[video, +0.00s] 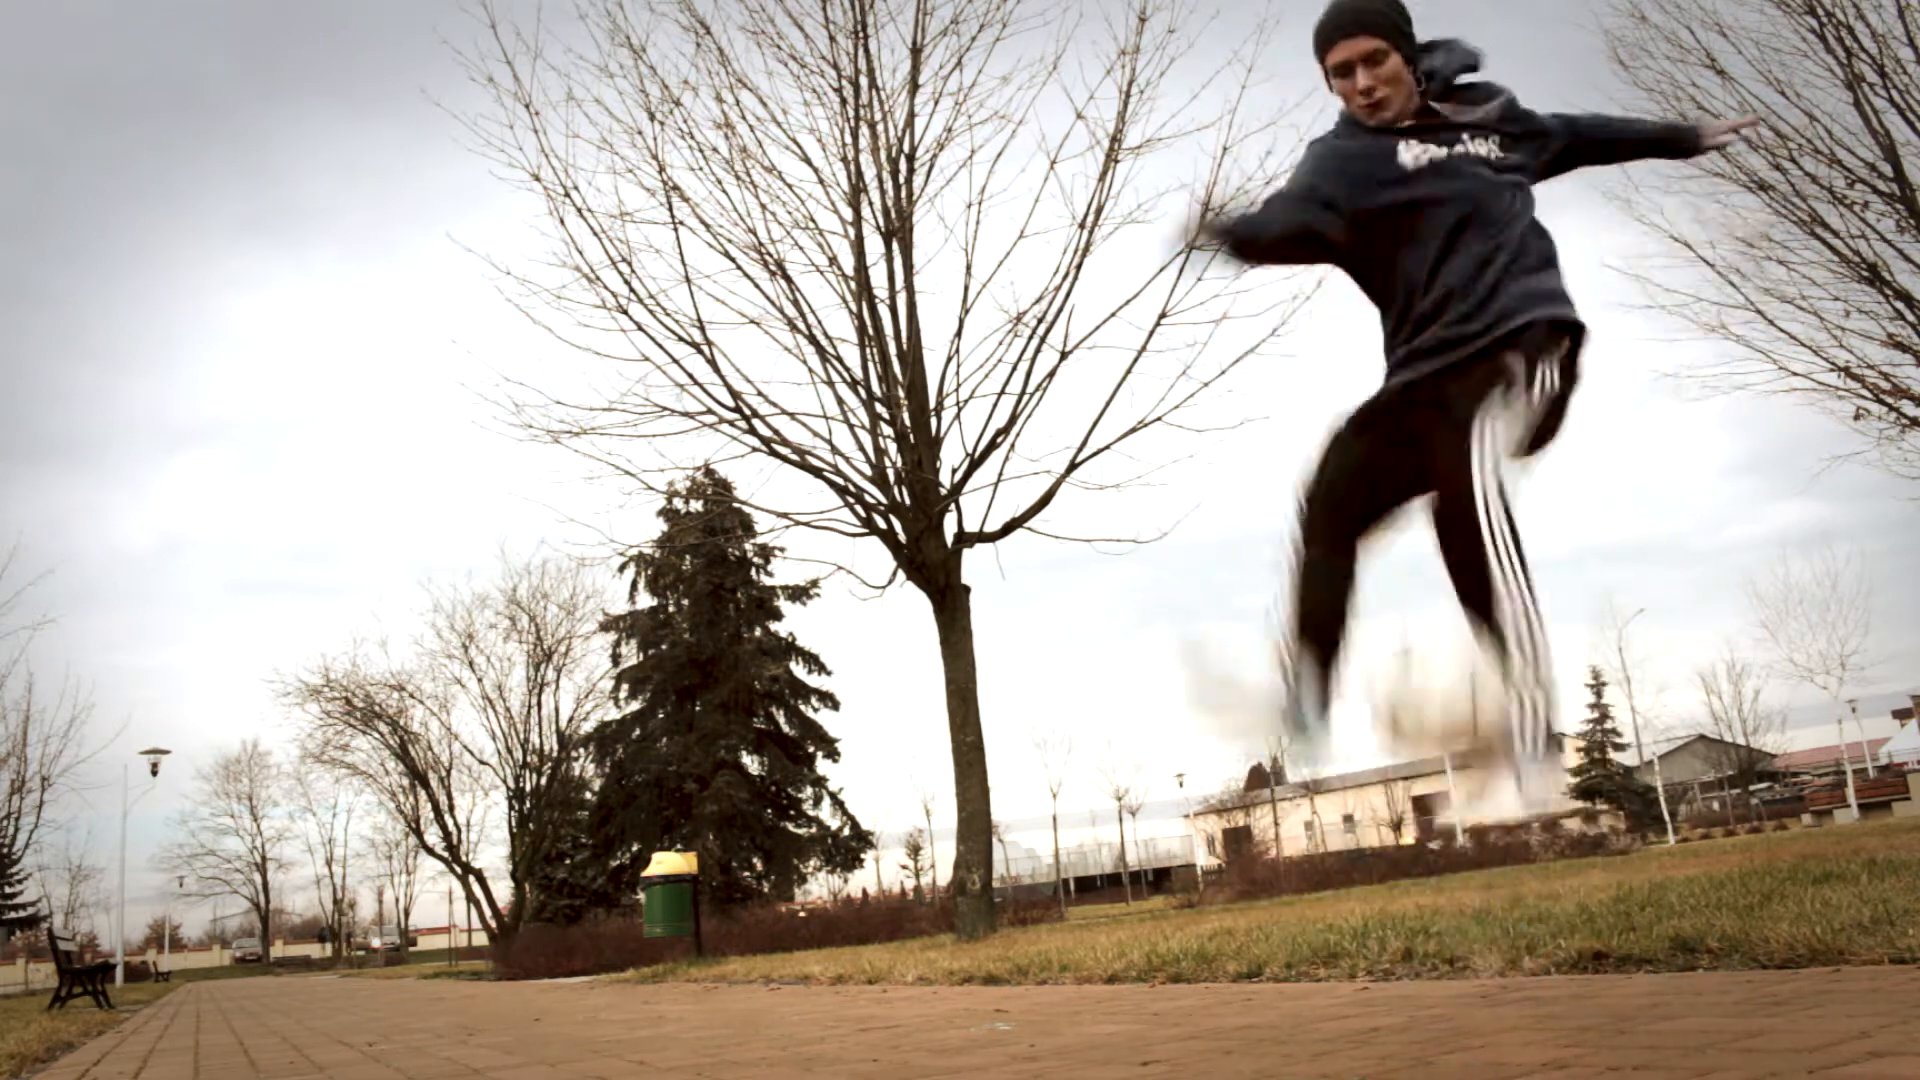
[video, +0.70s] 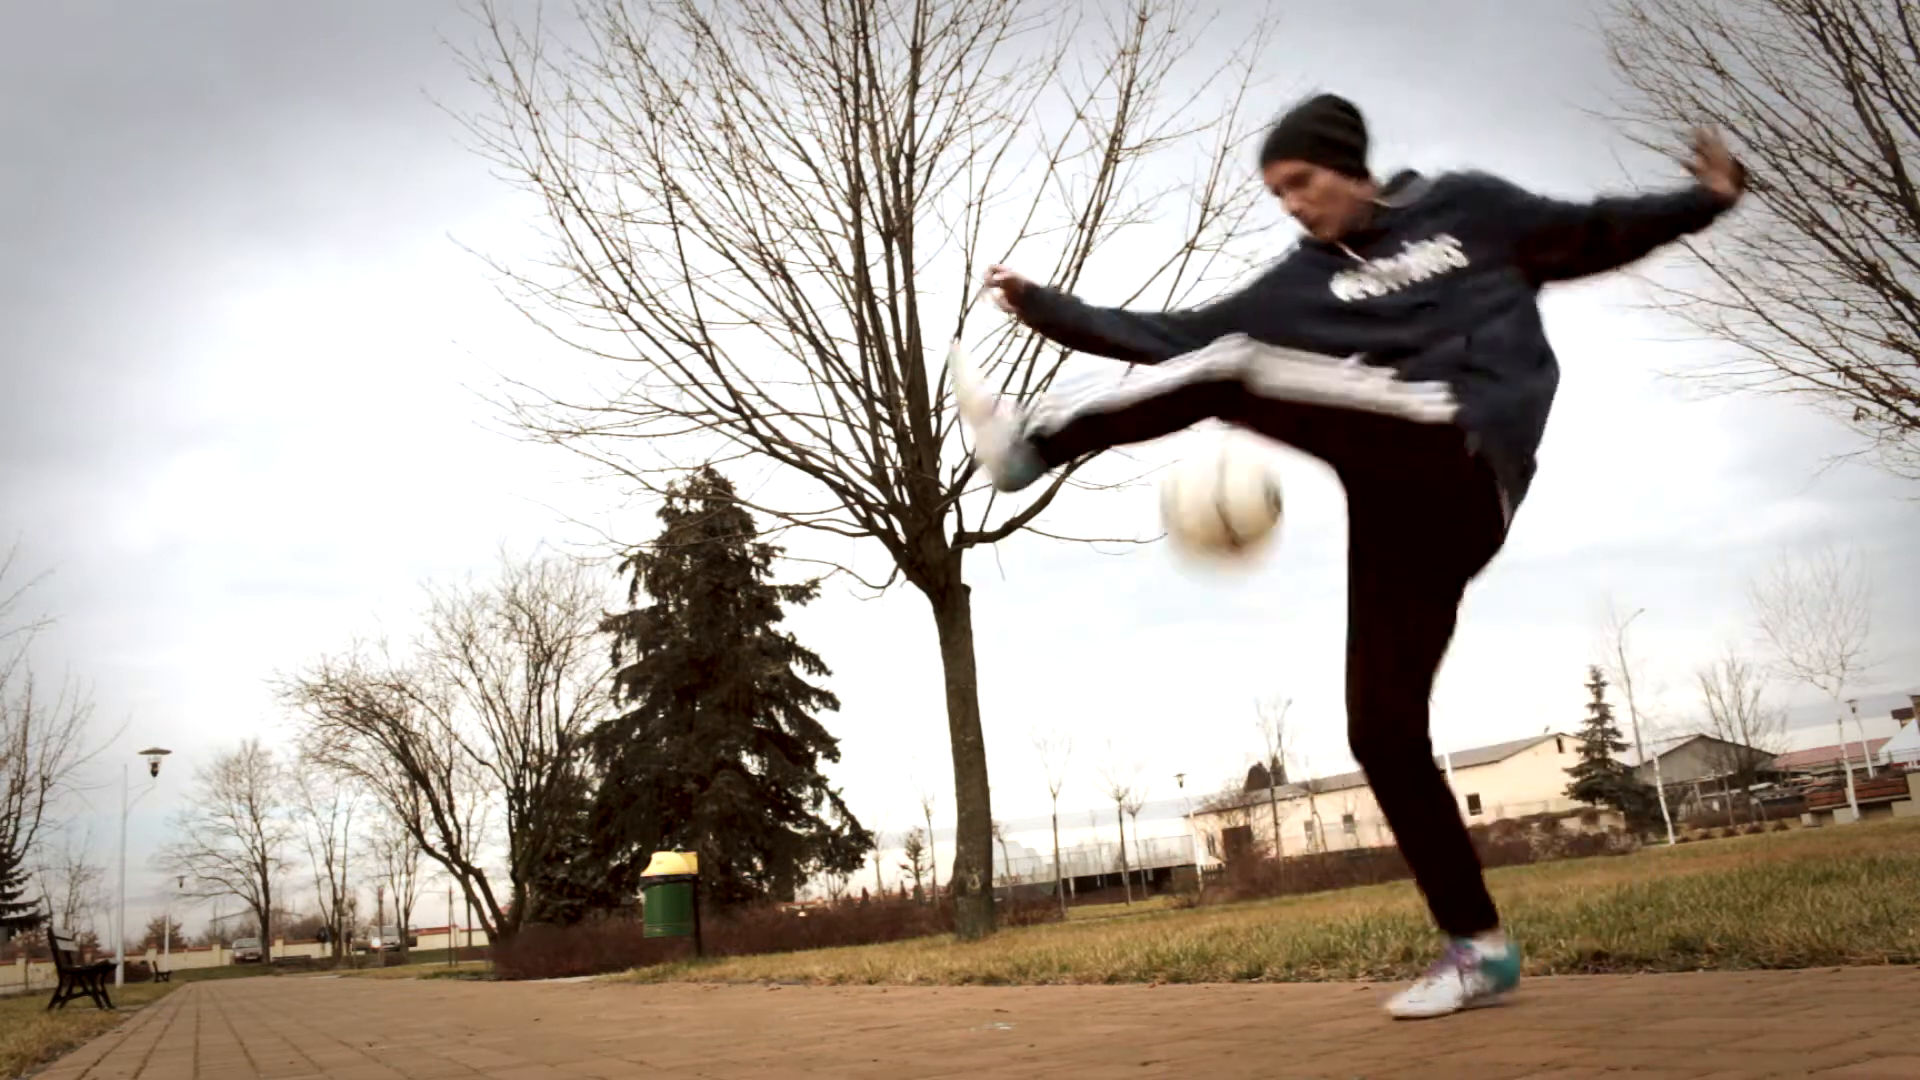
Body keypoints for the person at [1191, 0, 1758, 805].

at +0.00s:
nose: (1363, 82)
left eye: (1374, 60)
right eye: (1343, 73)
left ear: (1409, 52)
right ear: (1330, 84)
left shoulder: (1490, 124)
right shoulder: (1339, 159)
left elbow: (1586, 135)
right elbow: (1293, 223)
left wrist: (1687, 137)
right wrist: (1227, 232)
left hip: (1526, 338)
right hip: (1427, 373)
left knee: (1469, 492)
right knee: (1331, 507)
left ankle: (1533, 720)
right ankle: (1304, 715)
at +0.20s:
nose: (1382, 201)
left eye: (1395, 179)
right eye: (1364, 189)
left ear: (1434, 175)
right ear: (1350, 200)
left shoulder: (1520, 248)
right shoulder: (1345, 303)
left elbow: (1659, 265)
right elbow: (1322, 410)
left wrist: (1805, 226)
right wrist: (1282, 486)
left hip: (1527, 519)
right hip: (1430, 539)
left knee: (1567, 724)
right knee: (1451, 379)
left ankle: (1612, 938)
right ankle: (1665, 509)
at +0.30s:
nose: (1382, 197)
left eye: (1397, 176)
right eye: (1367, 185)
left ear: (1442, 177)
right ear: (1358, 198)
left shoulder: (1512, 256)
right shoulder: (1352, 297)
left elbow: (1606, 305)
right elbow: (1339, 412)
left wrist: (1703, 316)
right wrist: (1318, 516)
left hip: (1527, 516)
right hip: (1423, 523)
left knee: (1606, 716)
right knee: (1525, 600)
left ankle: (1621, 933)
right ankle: (1601, 825)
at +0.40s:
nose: (1371, 164)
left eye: (1386, 144)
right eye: (1357, 153)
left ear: (1434, 141)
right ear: (1352, 166)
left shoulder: (1505, 226)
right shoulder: (1345, 269)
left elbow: (1619, 287)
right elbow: (1321, 399)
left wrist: (1742, 300)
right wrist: (1250, 491)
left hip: (1503, 516)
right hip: (1396, 538)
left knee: (1524, 738)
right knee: (1400, 744)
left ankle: (1600, 935)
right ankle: (1477, 935)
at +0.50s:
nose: (1357, 176)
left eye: (1371, 155)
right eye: (1345, 164)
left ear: (1424, 145)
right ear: (1342, 174)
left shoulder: (1504, 211)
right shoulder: (1351, 277)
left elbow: (1657, 260)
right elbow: (1292, 381)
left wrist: (1813, 266)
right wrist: (1171, 435)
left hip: (1464, 505)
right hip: (1386, 518)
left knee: (1302, 676)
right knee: (1379, 737)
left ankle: (1429, 855)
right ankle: (1472, 950)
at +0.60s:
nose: (1335, 211)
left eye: (1344, 188)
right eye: (1323, 199)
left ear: (1398, 166)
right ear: (1331, 205)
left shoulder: (1504, 226)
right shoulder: (1339, 296)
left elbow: (1634, 262)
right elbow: (1223, 366)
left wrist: (1764, 234)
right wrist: (1091, 342)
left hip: (1454, 494)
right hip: (1401, 519)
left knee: (1211, 506)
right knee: (1367, 754)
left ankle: (1112, 676)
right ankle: (1476, 958)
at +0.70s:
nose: (1292, 207)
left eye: (1300, 184)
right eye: (1279, 196)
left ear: (1353, 163)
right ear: (1285, 198)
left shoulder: (1460, 204)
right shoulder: (1299, 285)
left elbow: (1591, 232)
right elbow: (1172, 335)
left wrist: (1704, 198)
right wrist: (1037, 303)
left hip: (1461, 436)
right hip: (1411, 502)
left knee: (1236, 361)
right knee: (1384, 731)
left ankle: (1033, 444)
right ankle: (1479, 950)